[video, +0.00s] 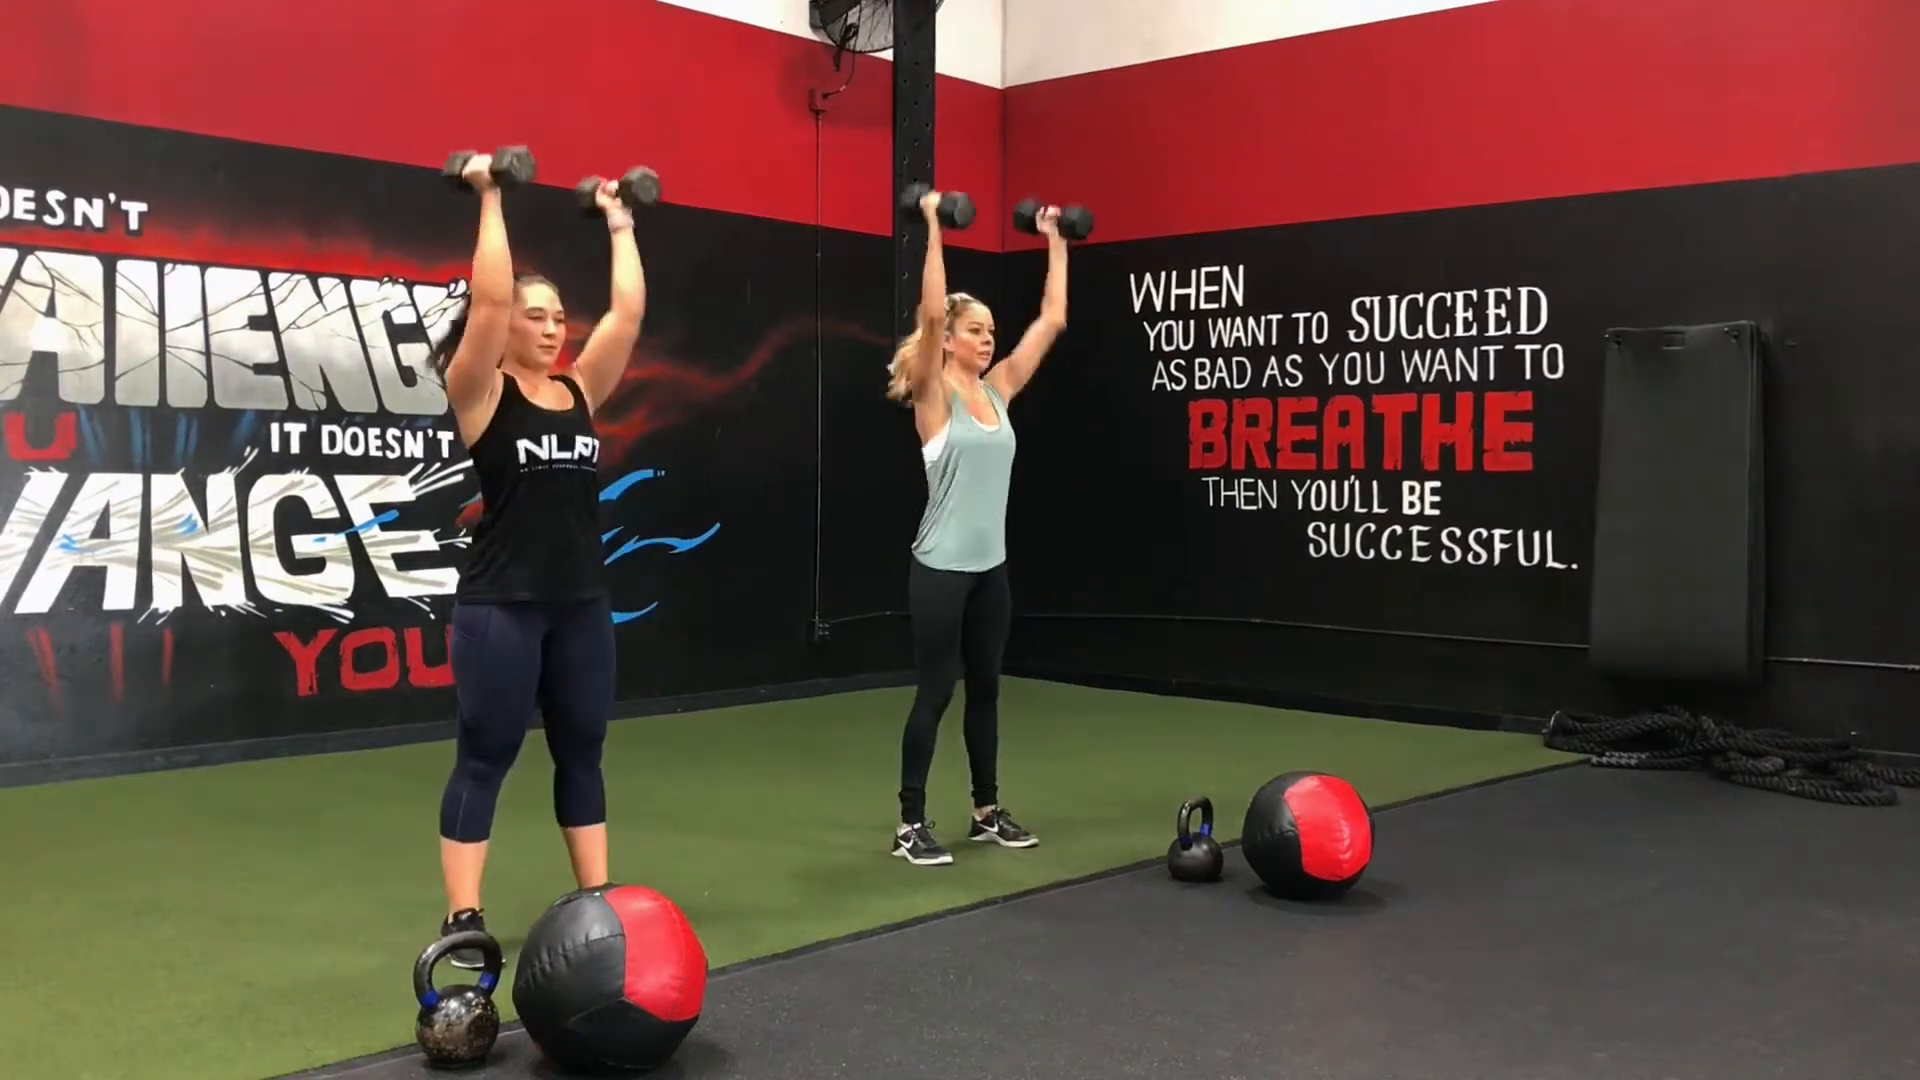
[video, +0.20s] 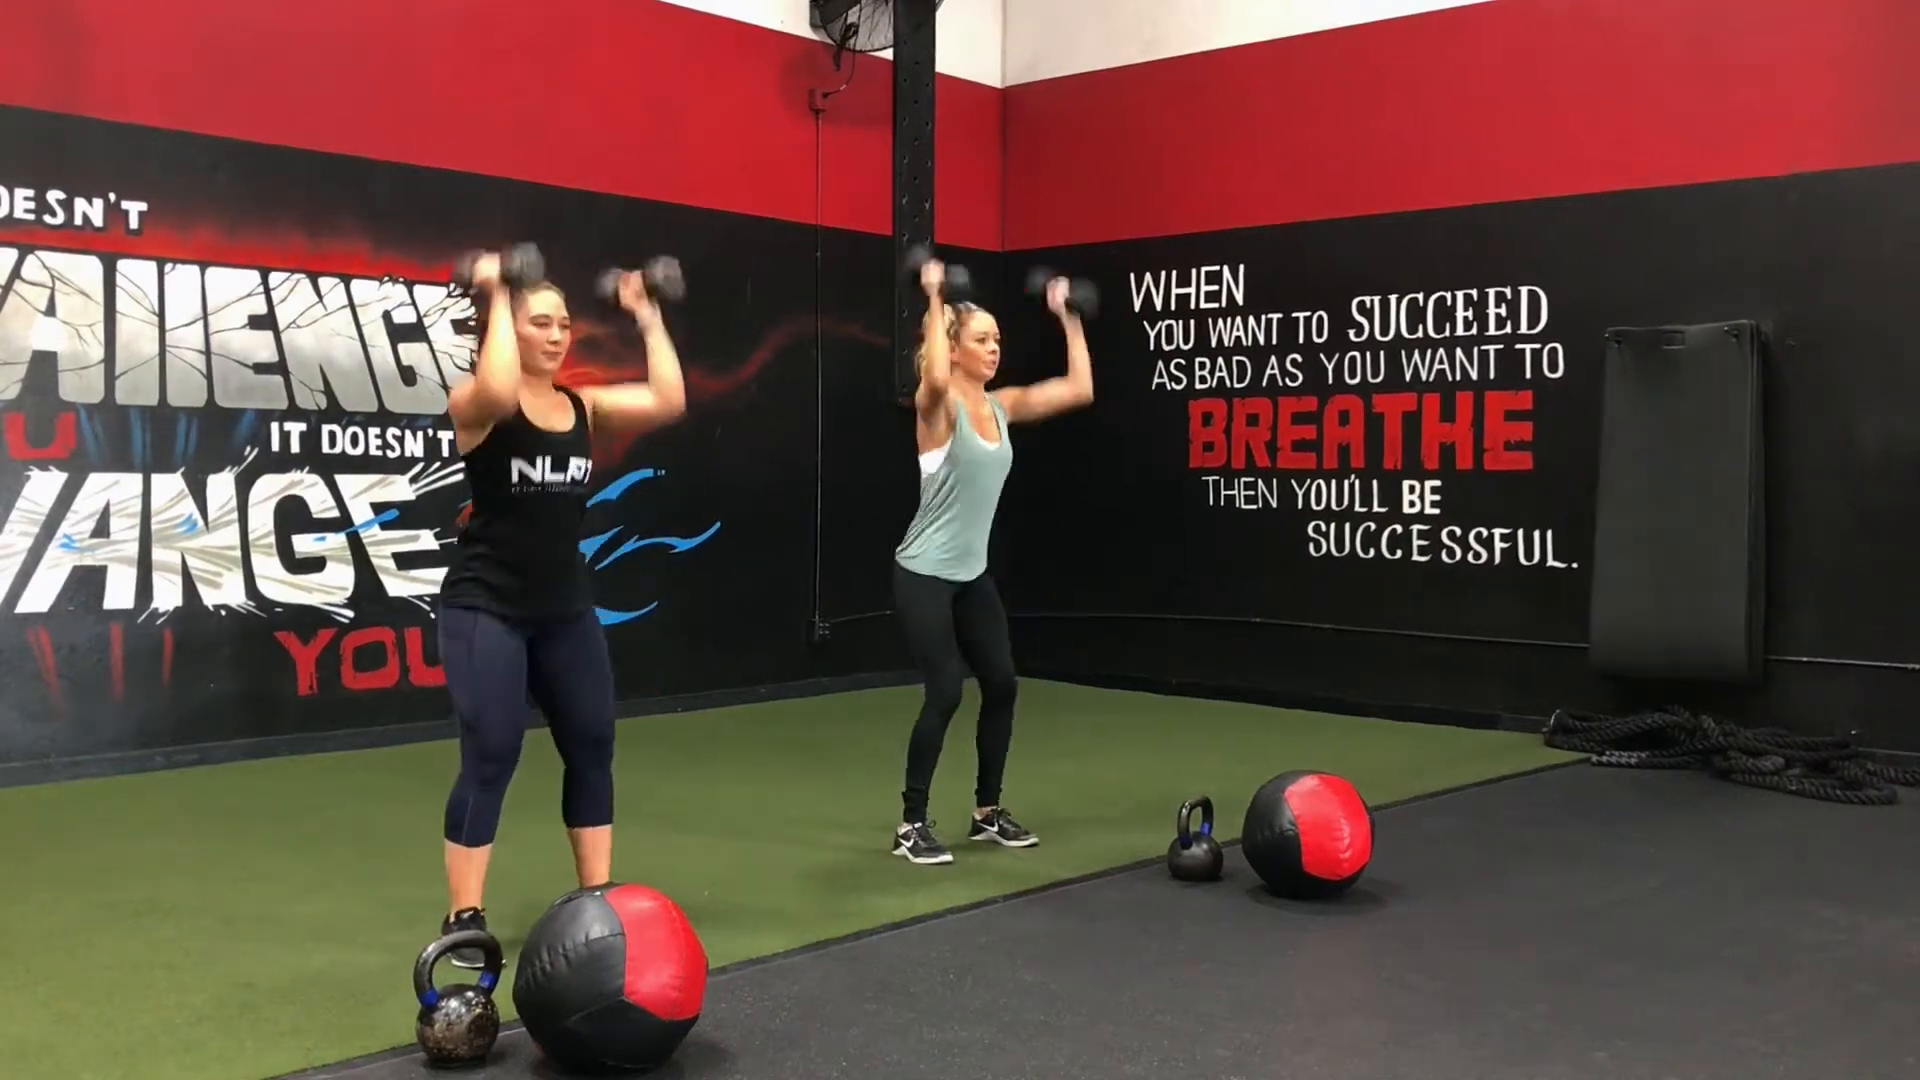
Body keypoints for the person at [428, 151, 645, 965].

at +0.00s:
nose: (554, 326)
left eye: (559, 315)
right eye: (537, 314)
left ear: (566, 325)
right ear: (499, 319)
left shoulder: (578, 388)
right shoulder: (477, 391)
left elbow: (628, 307)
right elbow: (492, 299)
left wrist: (618, 214)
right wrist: (491, 195)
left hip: (580, 606)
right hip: (500, 607)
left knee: (583, 753)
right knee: (485, 757)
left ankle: (598, 906)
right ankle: (464, 920)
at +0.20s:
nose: (556, 333)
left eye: (562, 321)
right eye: (541, 321)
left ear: (569, 330)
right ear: (507, 329)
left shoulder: (583, 404)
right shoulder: (476, 402)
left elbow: (667, 402)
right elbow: (498, 388)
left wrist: (646, 313)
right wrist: (495, 298)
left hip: (566, 609)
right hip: (485, 608)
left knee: (592, 741)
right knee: (491, 750)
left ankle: (597, 904)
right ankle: (465, 918)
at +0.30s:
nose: (570, 400)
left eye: (575, 388)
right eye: (554, 389)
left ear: (583, 399)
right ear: (515, 401)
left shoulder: (591, 474)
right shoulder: (485, 466)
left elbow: (657, 539)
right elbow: (509, 535)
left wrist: (655, 458)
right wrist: (509, 450)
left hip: (545, 642)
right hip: (464, 642)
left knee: (623, 746)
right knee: (489, 763)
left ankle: (595, 905)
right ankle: (465, 923)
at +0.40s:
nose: (588, 494)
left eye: (592, 481)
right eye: (571, 482)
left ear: (597, 486)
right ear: (530, 494)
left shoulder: (599, 558)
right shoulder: (492, 558)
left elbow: (639, 653)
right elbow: (507, 658)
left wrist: (650, 575)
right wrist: (512, 564)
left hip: (535, 697)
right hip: (455, 700)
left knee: (641, 759)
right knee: (491, 782)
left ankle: (597, 907)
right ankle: (464, 926)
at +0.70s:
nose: (578, 453)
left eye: (583, 441)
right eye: (562, 442)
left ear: (592, 449)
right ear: (524, 452)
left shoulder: (595, 521)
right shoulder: (493, 517)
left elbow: (658, 600)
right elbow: (516, 608)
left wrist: (653, 518)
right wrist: (512, 510)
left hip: (537, 679)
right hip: (458, 679)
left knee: (638, 765)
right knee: (491, 781)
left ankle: (594, 910)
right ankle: (464, 928)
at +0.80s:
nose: (564, 356)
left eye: (568, 344)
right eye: (549, 344)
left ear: (574, 355)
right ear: (515, 357)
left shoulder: (587, 430)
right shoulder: (475, 421)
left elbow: (668, 454)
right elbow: (512, 452)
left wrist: (645, 374)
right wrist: (502, 362)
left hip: (555, 616)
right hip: (476, 617)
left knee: (614, 739)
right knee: (488, 760)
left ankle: (597, 908)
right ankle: (465, 927)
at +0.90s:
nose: (553, 324)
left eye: (560, 313)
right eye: (537, 313)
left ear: (569, 323)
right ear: (503, 324)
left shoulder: (586, 389)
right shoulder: (478, 392)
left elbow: (655, 335)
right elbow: (501, 317)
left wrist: (632, 244)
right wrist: (493, 218)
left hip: (575, 601)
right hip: (494, 603)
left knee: (586, 750)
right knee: (489, 756)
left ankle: (597, 905)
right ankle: (466, 921)